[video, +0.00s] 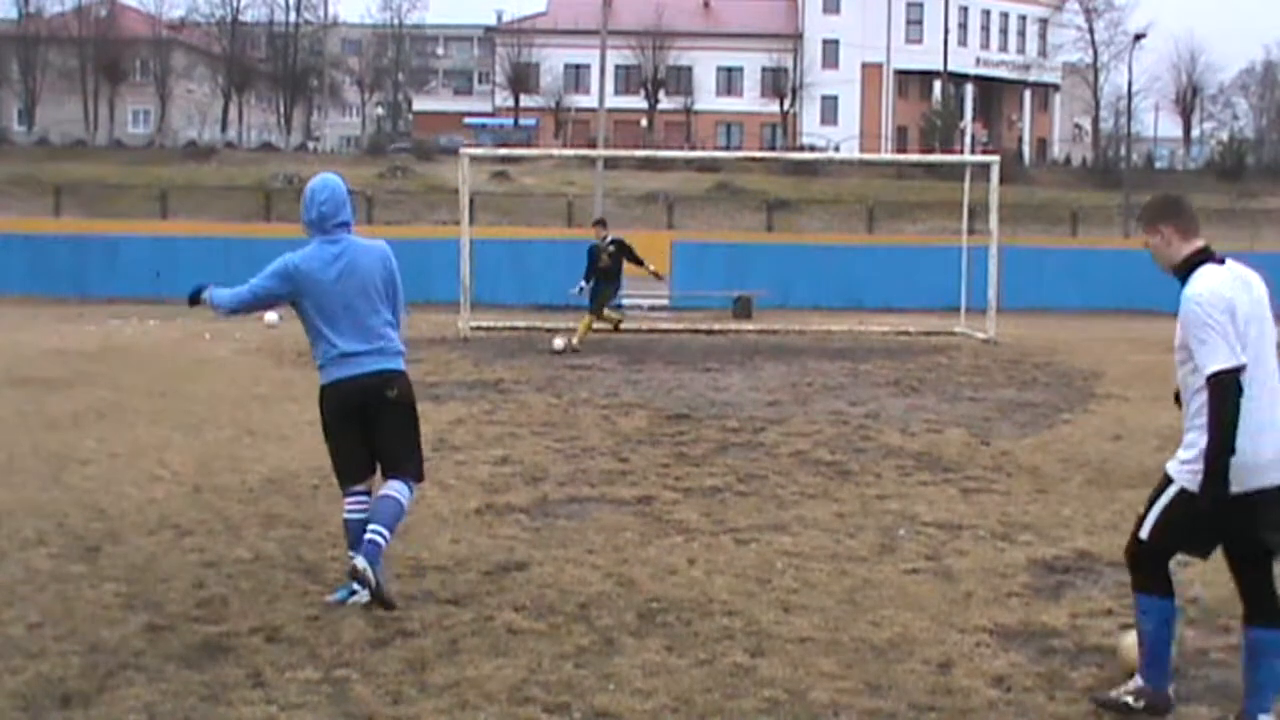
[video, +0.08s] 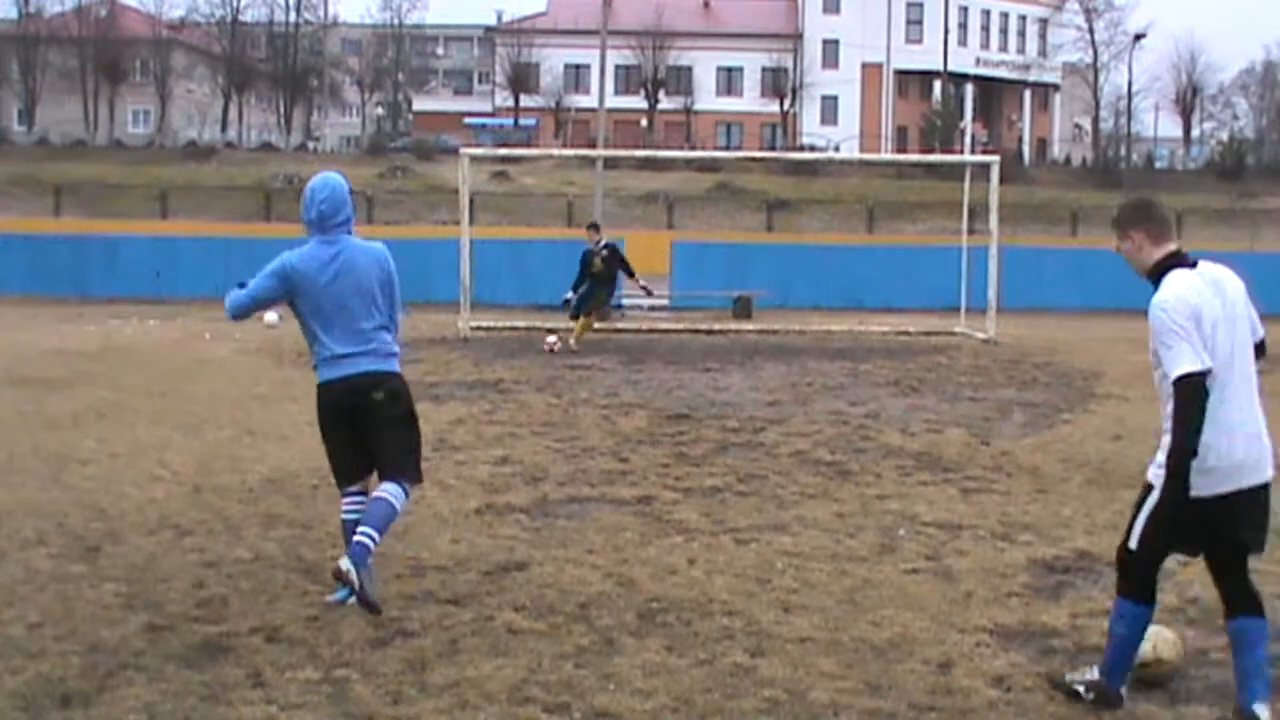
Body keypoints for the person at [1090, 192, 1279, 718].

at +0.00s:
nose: (1150, 255)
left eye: (1148, 244)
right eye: (1147, 245)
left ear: (1165, 235)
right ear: (1194, 232)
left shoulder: (1201, 294)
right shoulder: (1249, 280)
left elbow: (1224, 386)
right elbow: (1262, 364)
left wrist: (1213, 478)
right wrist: (1193, 388)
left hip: (1210, 469)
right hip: (1262, 470)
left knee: (1145, 553)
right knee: (1258, 581)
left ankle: (1152, 684)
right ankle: (1262, 705)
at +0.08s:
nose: (1124, 258)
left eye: (1122, 248)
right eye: (1121, 249)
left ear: (1137, 240)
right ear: (1172, 235)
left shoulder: (1168, 300)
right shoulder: (1226, 277)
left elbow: (1192, 386)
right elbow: (1258, 348)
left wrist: (1175, 477)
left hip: (1192, 471)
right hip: (1248, 465)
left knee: (1135, 559)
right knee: (1229, 564)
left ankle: (1110, 681)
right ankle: (1257, 701)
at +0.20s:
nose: (1090, 260)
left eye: (1088, 251)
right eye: (1088, 251)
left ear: (1098, 248)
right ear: (1136, 239)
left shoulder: (1122, 308)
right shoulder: (1193, 279)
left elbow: (1133, 398)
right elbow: (1232, 351)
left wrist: (1107, 480)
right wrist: (1183, 382)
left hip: (1157, 470)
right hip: (1216, 461)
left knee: (1107, 560)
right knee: (1207, 546)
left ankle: (1100, 684)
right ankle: (1246, 653)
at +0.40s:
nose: (1055, 246)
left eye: (1054, 239)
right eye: (1056, 238)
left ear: (1063, 238)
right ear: (1101, 228)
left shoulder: (1087, 299)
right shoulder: (1159, 272)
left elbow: (1087, 388)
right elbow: (1194, 348)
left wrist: (1029, 447)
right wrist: (1155, 392)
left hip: (1122, 455)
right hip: (1177, 442)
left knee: (1090, 556)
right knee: (1168, 523)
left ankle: (1099, 684)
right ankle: (1183, 630)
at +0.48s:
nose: (1043, 246)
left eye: (1042, 237)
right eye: (1043, 237)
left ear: (1053, 235)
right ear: (1088, 226)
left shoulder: (1077, 297)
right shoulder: (1148, 267)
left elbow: (1080, 384)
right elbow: (1185, 343)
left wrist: (1016, 434)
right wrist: (1135, 379)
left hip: (1115, 450)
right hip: (1168, 437)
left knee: (1090, 560)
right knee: (1148, 519)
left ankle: (1100, 685)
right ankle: (1144, 621)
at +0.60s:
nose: (1028, 249)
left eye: (1027, 239)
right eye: (1026, 240)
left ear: (1042, 236)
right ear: (1072, 226)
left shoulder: (1061, 297)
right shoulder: (1132, 260)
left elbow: (1068, 384)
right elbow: (1176, 330)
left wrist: (1014, 437)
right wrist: (1128, 368)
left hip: (1109, 447)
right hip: (1159, 431)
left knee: (1093, 561)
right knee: (1101, 518)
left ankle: (1100, 683)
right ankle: (1087, 599)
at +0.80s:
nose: (1018, 255)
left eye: (1018, 244)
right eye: (1015, 245)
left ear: (1039, 235)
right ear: (1057, 231)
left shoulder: (1059, 294)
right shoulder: (1121, 261)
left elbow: (1070, 383)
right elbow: (1163, 327)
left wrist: (1028, 442)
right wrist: (1120, 375)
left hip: (1091, 441)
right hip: (1128, 429)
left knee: (1085, 563)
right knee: (1043, 490)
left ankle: (1100, 686)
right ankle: (1019, 604)